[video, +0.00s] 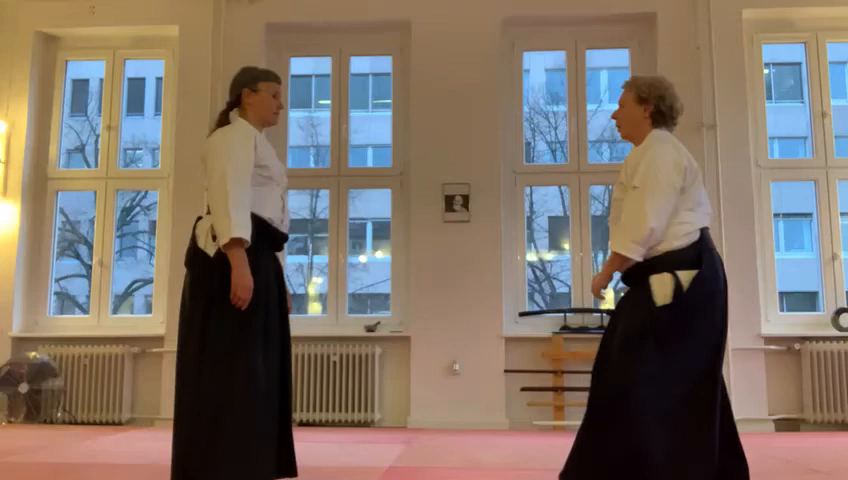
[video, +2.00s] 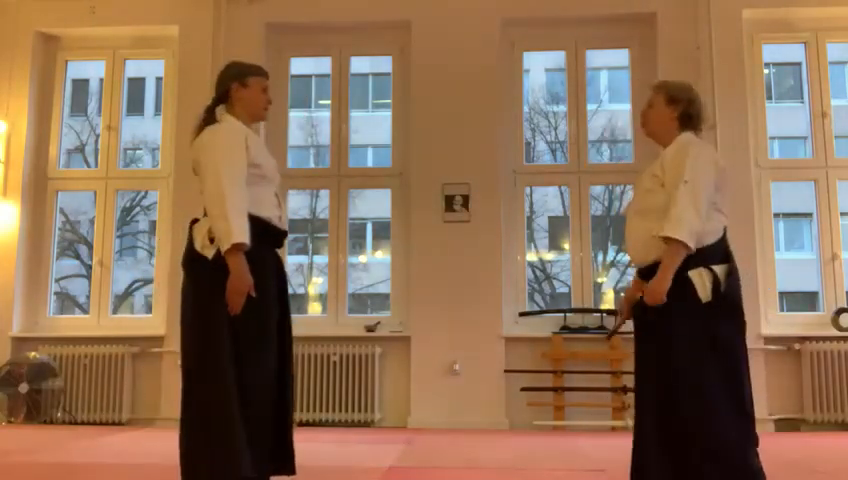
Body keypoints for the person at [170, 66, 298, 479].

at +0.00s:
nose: (280, 104)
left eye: (280, 98)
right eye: (273, 96)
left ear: (255, 100)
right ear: (247, 97)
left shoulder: (256, 141)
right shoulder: (233, 136)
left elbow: (261, 212)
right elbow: (226, 197)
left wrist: (276, 274)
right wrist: (238, 260)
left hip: (254, 258)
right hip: (233, 258)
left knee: (254, 368)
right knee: (234, 368)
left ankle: (250, 464)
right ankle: (229, 467)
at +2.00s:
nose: (269, 99)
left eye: (268, 92)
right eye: (262, 90)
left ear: (240, 95)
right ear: (235, 92)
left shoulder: (246, 137)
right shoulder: (223, 134)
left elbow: (247, 201)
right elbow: (222, 196)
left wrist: (266, 255)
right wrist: (236, 261)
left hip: (254, 255)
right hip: (233, 257)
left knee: (252, 364)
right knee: (232, 366)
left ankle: (249, 465)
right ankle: (229, 467)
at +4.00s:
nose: (269, 100)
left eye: (269, 93)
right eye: (262, 92)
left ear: (243, 96)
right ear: (235, 94)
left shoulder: (243, 136)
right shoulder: (225, 133)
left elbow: (240, 201)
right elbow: (221, 199)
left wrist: (261, 257)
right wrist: (239, 264)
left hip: (246, 256)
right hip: (229, 259)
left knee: (244, 368)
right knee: (230, 368)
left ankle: (241, 464)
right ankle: (227, 466)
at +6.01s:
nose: (245, 113)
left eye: (247, 106)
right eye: (239, 104)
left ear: (217, 103)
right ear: (212, 99)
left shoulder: (214, 145)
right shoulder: (195, 140)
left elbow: (211, 215)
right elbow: (186, 201)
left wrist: (233, 271)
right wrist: (249, 232)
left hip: (204, 264)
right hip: (184, 264)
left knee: (205, 374)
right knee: (187, 375)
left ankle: (201, 470)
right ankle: (186, 471)